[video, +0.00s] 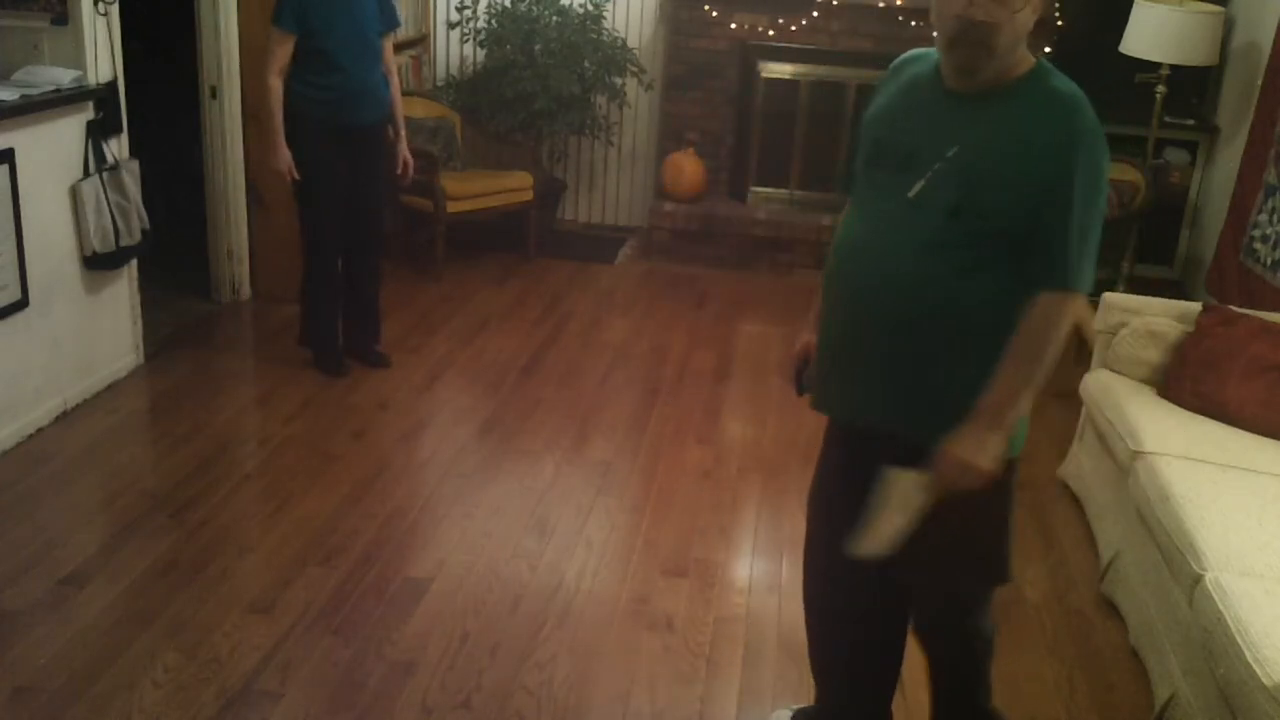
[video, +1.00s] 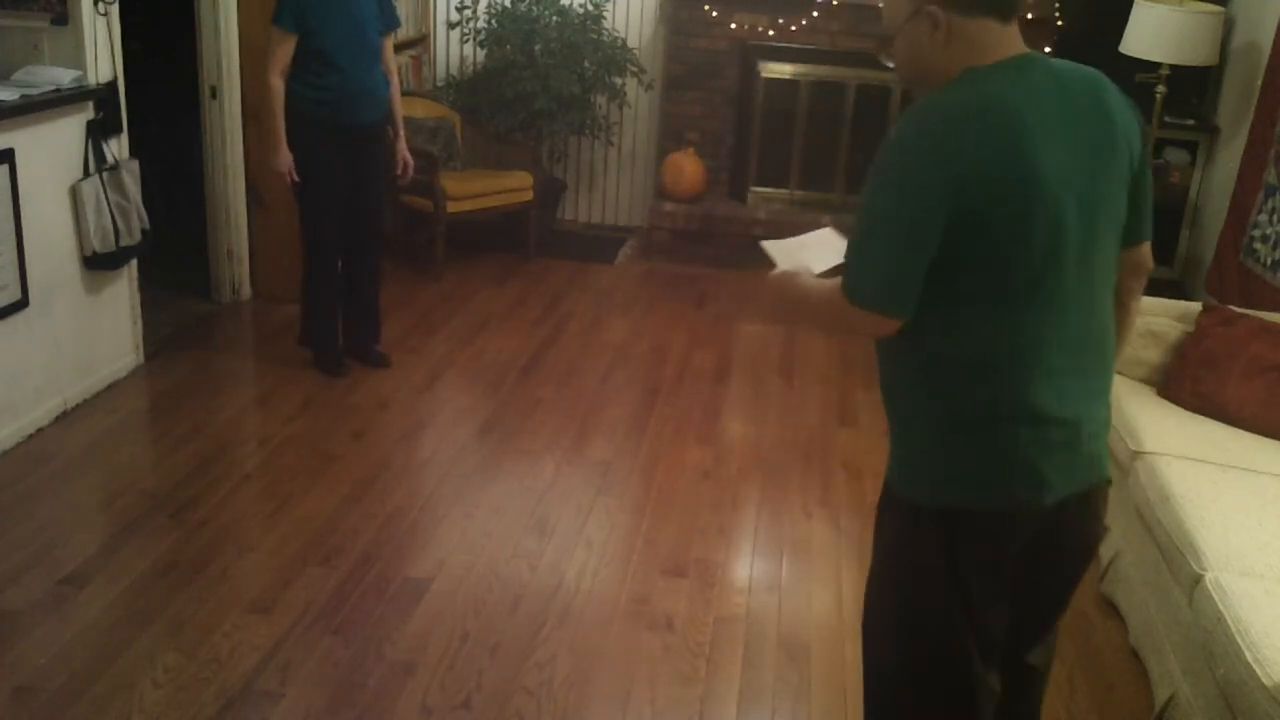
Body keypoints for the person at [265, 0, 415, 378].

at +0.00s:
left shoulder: (379, 6)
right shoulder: (296, 6)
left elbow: (389, 69)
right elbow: (274, 73)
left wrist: (400, 137)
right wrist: (279, 144)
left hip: (370, 133)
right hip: (317, 135)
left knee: (367, 240)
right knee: (322, 242)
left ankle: (363, 340)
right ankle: (323, 345)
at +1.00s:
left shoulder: (379, 6)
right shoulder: (297, 6)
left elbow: (389, 71)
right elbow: (276, 73)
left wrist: (400, 137)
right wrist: (281, 146)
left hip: (370, 133)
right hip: (317, 134)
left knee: (367, 239)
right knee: (322, 241)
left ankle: (363, 339)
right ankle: (323, 345)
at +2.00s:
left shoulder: (385, 6)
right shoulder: (302, 7)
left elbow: (394, 73)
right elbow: (282, 74)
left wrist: (401, 140)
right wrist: (284, 145)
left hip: (375, 132)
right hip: (320, 133)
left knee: (368, 239)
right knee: (325, 240)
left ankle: (364, 340)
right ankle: (324, 345)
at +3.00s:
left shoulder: (331, 8)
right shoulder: (250, 8)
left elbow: (339, 81)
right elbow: (222, 82)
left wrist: (349, 151)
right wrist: (235, 157)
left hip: (321, 147)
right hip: (261, 151)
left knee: (346, 250)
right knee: (268, 262)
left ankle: (343, 341)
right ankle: (265, 370)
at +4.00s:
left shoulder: (374, 7)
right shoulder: (291, 8)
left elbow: (390, 79)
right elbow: (264, 85)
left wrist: (408, 146)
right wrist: (278, 155)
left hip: (365, 143)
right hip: (308, 145)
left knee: (363, 250)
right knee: (311, 252)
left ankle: (355, 349)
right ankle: (286, 350)